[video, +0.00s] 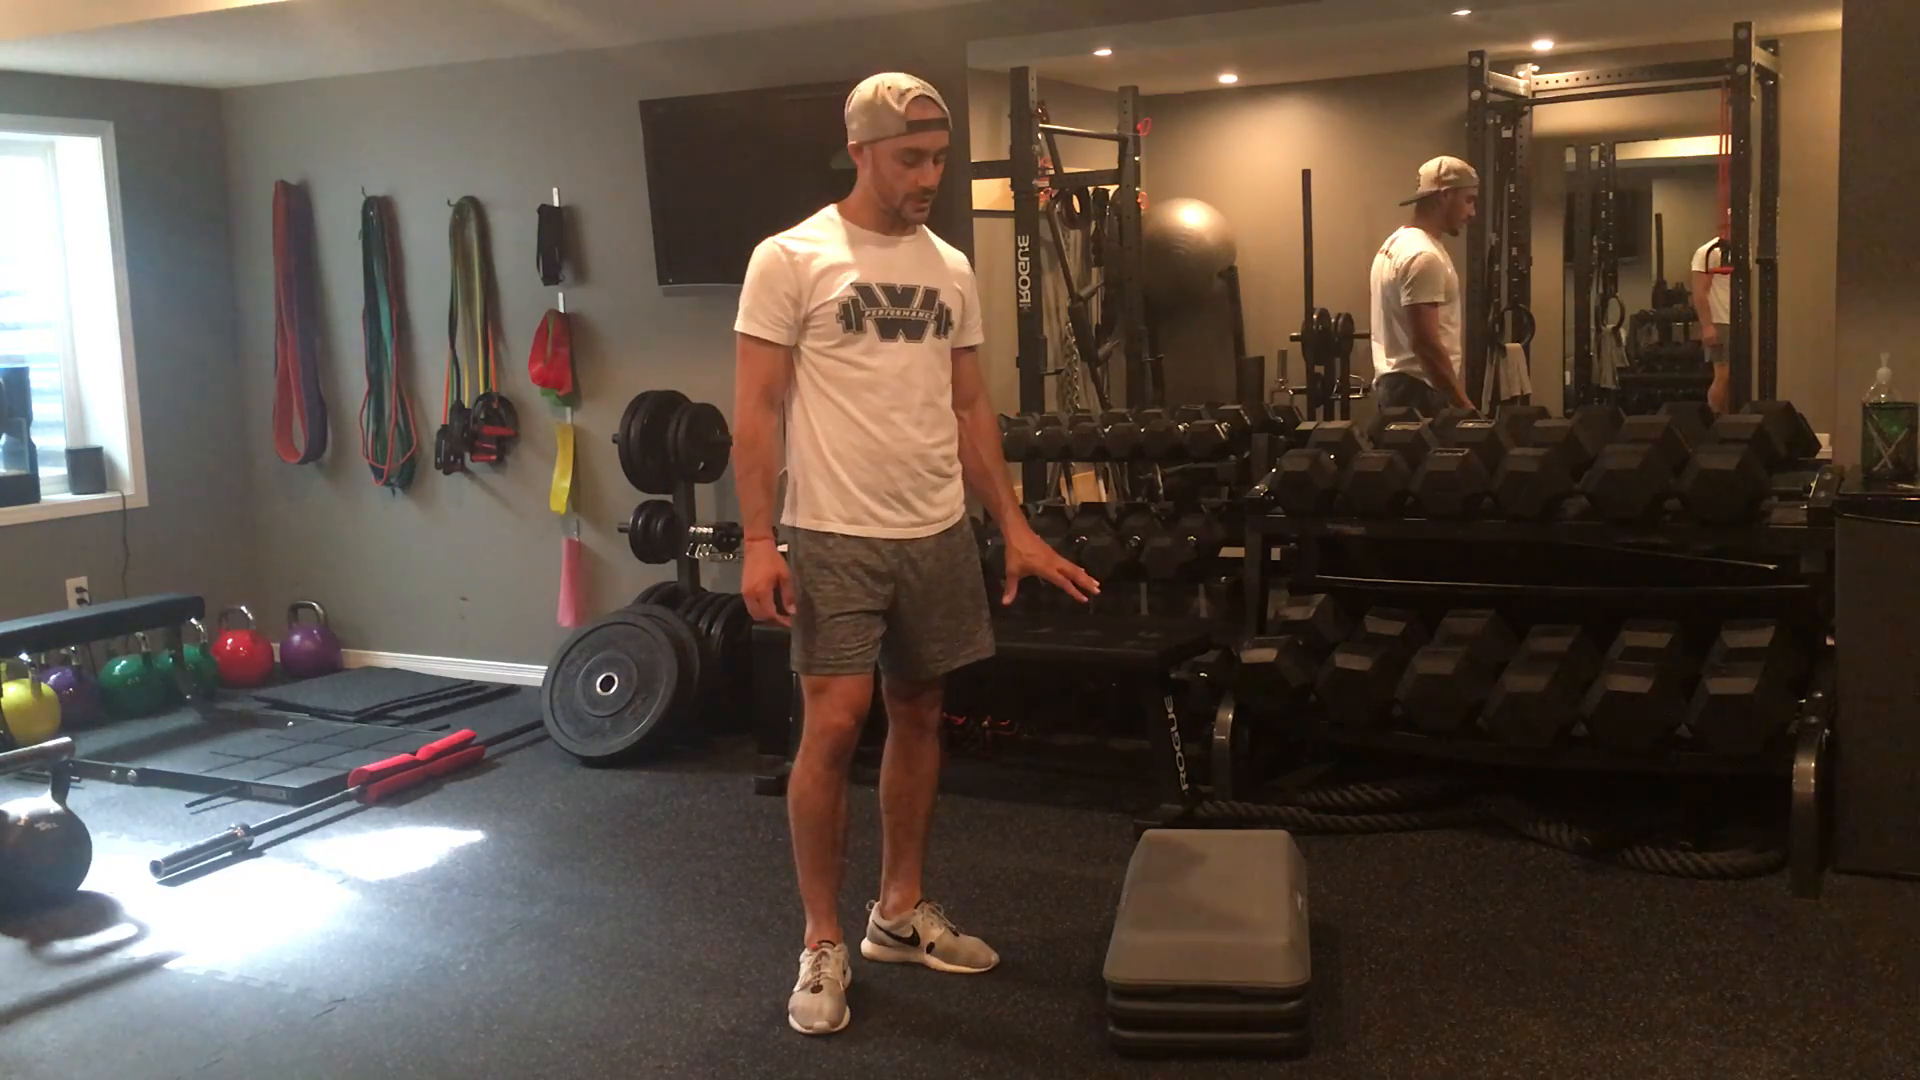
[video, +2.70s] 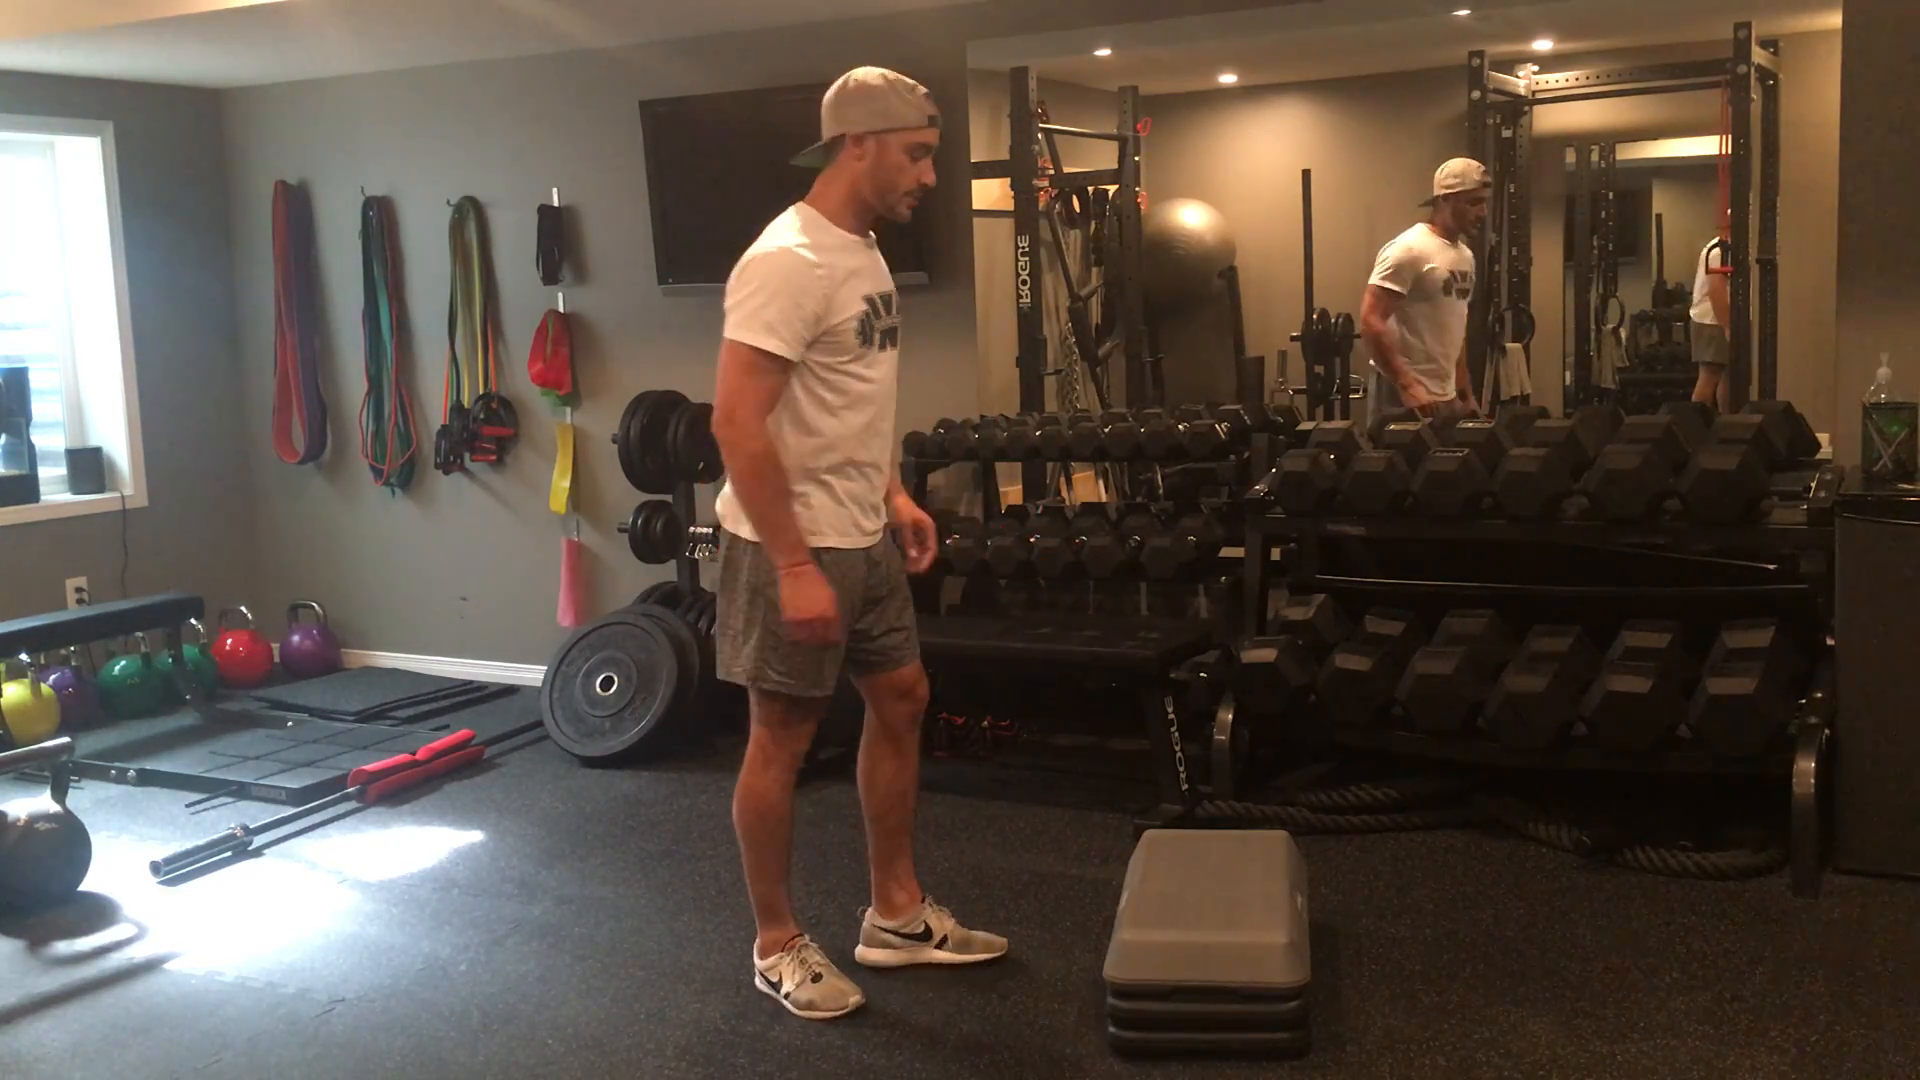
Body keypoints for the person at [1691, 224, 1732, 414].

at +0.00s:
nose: (1733, 231)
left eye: (1736, 226)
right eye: (1730, 226)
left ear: (1742, 228)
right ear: (1723, 227)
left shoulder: (1744, 253)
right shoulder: (1707, 253)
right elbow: (1699, 293)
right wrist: (1707, 325)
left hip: (1743, 325)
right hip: (1721, 324)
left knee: (1734, 377)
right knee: (1723, 375)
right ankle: (1715, 423)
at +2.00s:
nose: (1733, 227)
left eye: (1736, 221)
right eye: (1730, 221)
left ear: (1740, 224)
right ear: (1722, 223)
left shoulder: (1743, 252)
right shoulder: (1708, 253)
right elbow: (1698, 293)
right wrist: (1702, 327)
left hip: (1739, 325)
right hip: (1719, 325)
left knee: (1731, 381)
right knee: (1722, 379)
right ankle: (1700, 422)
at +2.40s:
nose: (1737, 228)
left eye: (1738, 223)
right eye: (1734, 223)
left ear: (1724, 223)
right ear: (1725, 223)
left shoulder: (1730, 252)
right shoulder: (1708, 251)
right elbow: (1701, 295)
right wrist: (1712, 330)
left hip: (1728, 324)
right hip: (1713, 325)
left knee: (1726, 382)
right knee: (1712, 381)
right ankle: (1698, 425)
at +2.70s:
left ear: (1726, 224)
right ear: (1735, 226)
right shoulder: (1718, 251)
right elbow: (1717, 292)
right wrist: (1728, 325)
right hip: (1710, 322)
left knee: (1727, 376)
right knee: (1709, 375)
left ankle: (1728, 423)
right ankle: (1697, 423)